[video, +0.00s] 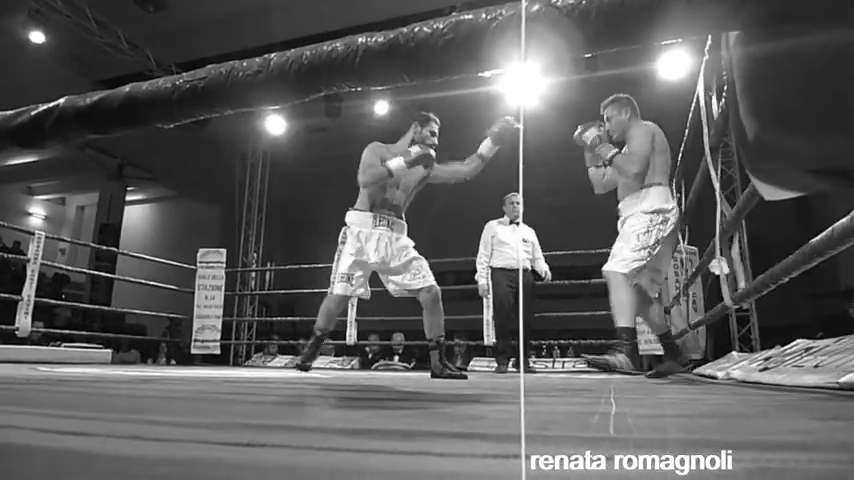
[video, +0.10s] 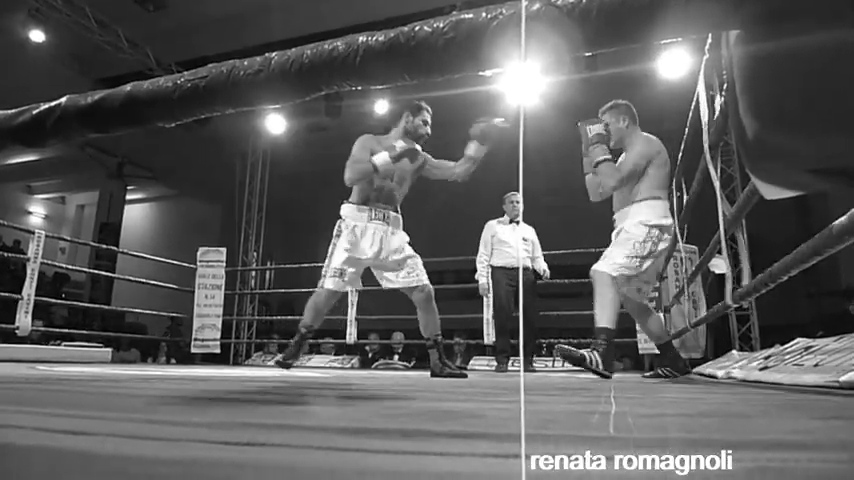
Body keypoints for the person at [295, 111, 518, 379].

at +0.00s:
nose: (435, 141)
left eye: (437, 136)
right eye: (432, 133)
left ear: (431, 138)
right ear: (414, 130)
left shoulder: (425, 169)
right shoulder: (377, 150)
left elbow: (465, 170)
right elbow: (365, 180)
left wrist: (494, 139)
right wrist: (405, 161)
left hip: (396, 238)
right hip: (360, 234)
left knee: (431, 294)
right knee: (339, 295)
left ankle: (438, 362)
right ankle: (312, 348)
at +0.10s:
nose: (428, 131)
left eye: (430, 126)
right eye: (424, 123)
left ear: (419, 126)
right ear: (406, 119)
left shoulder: (418, 159)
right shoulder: (368, 142)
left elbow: (459, 172)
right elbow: (350, 176)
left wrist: (478, 144)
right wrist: (390, 155)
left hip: (392, 232)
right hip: (355, 228)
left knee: (424, 292)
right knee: (329, 290)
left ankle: (437, 361)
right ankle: (295, 348)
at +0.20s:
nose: (405, 116)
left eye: (406, 111)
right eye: (399, 109)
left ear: (400, 117)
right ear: (379, 109)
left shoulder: (402, 155)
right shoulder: (347, 138)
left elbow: (414, 200)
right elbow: (333, 178)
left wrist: (424, 169)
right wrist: (372, 151)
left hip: (382, 227)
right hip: (343, 224)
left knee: (415, 292)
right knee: (311, 292)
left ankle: (436, 357)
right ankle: (279, 352)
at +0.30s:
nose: (387, 119)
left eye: (389, 114)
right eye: (382, 112)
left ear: (388, 120)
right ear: (362, 111)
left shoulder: (387, 154)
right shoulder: (333, 144)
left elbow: (386, 206)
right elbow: (331, 184)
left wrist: (408, 189)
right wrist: (371, 157)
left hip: (373, 232)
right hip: (334, 230)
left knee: (413, 293)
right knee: (307, 301)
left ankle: (434, 356)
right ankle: (277, 359)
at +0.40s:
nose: (381, 114)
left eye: (383, 108)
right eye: (376, 106)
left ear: (382, 115)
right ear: (356, 108)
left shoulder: (380, 150)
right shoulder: (328, 140)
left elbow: (389, 200)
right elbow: (332, 174)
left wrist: (409, 177)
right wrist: (371, 149)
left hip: (372, 230)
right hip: (333, 229)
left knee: (412, 287)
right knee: (308, 301)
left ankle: (424, 357)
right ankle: (276, 359)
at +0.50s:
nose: (382, 105)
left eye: (385, 101)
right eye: (376, 98)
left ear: (384, 111)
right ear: (357, 101)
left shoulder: (382, 146)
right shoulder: (330, 132)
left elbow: (406, 187)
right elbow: (356, 140)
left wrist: (424, 157)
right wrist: (384, 106)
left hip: (377, 227)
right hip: (338, 226)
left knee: (408, 282)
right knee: (310, 303)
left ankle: (425, 359)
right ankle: (272, 359)